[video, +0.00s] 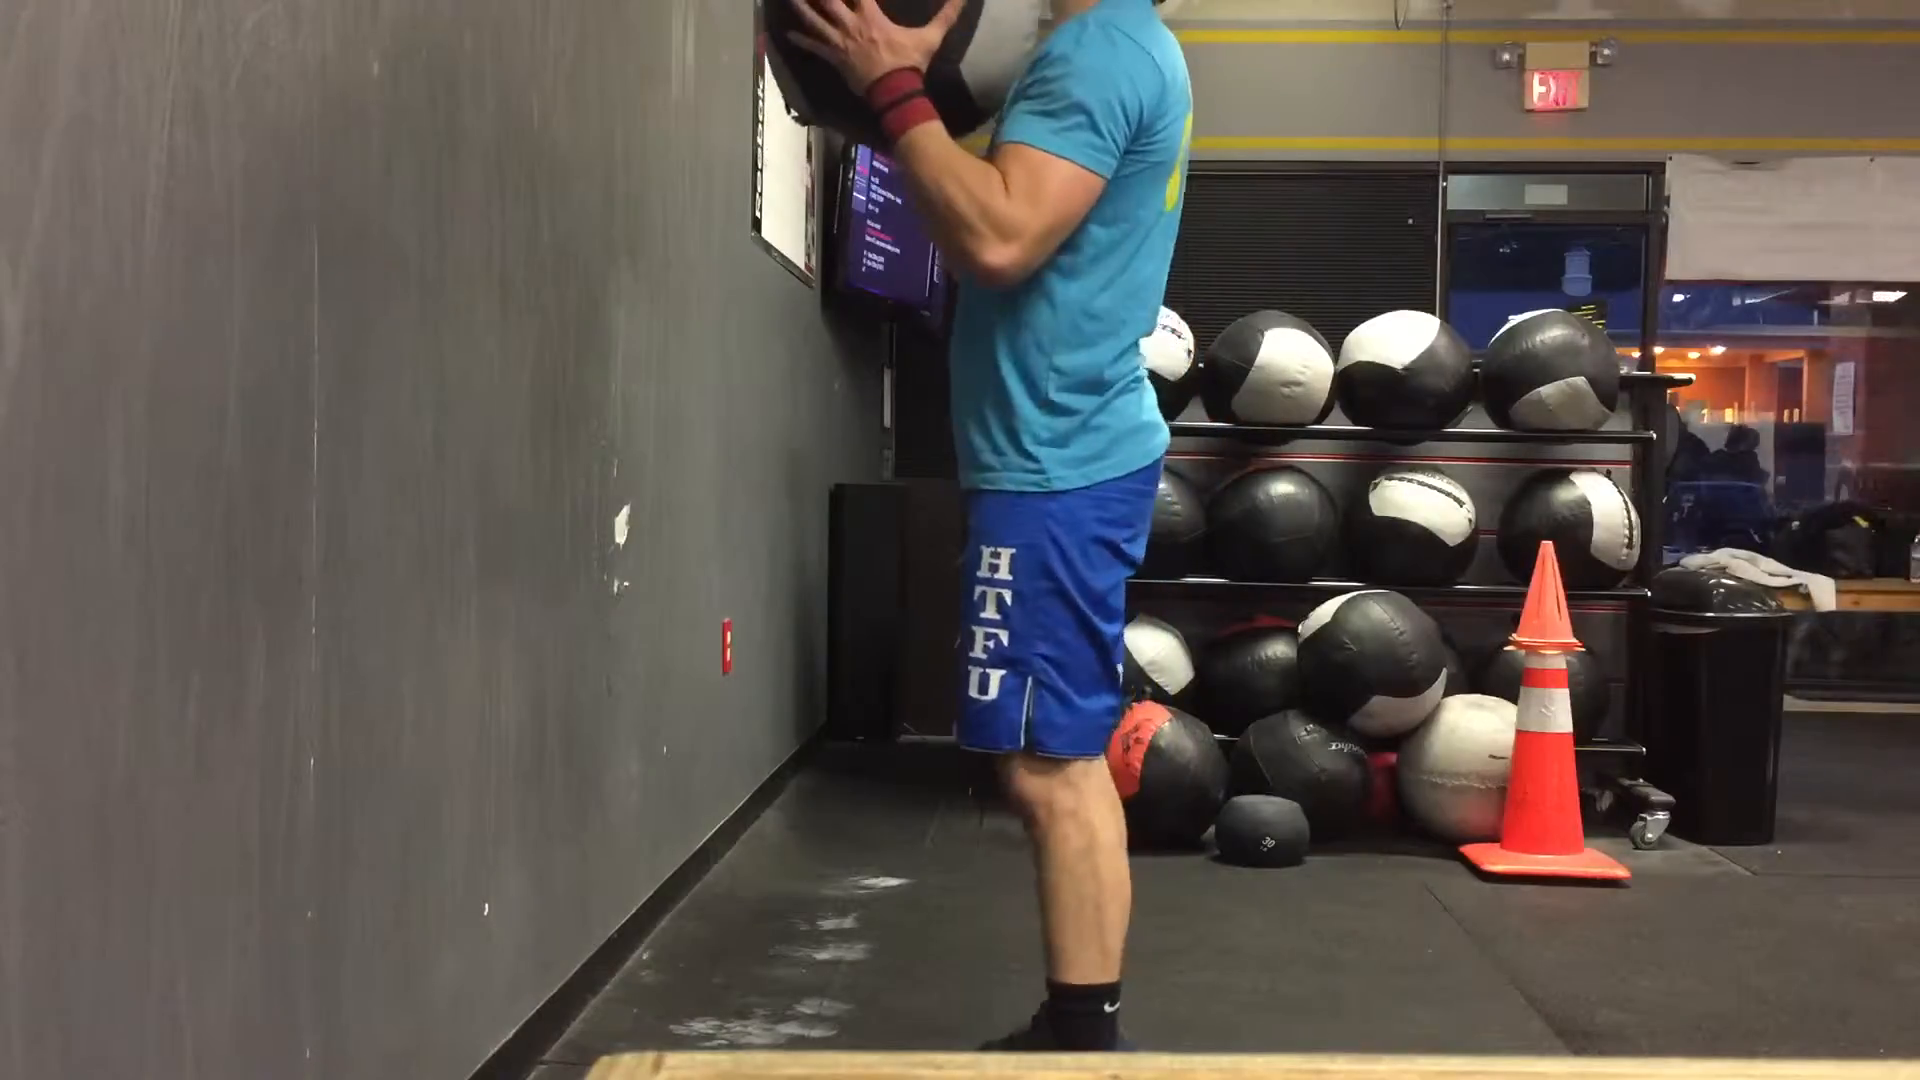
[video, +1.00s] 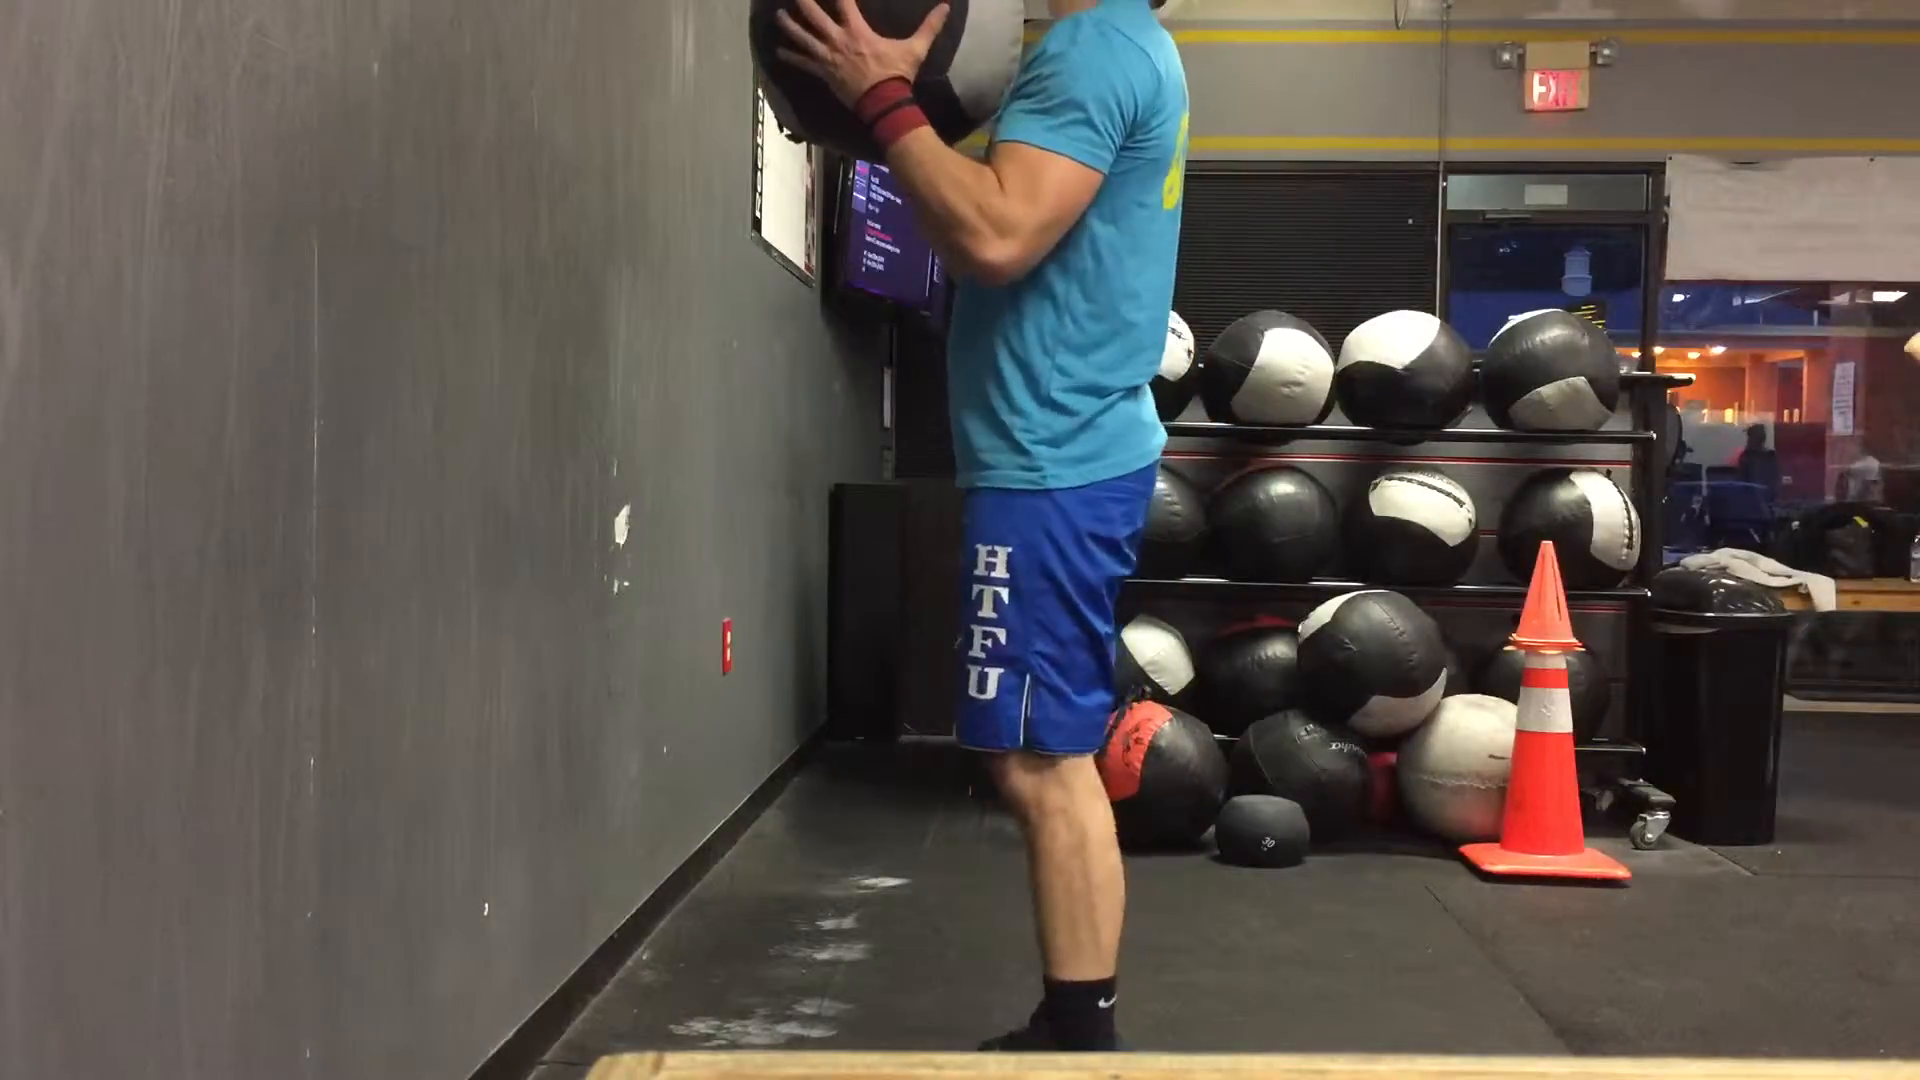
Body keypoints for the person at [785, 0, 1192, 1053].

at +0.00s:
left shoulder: (1106, 53)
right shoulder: (1098, 45)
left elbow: (998, 239)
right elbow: (994, 214)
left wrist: (898, 89)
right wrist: (896, 94)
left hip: (1059, 466)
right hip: (1056, 459)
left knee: (1050, 768)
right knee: (1060, 764)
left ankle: (1080, 1033)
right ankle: (1082, 1027)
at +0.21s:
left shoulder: (1113, 64)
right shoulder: (1103, 56)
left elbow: (1019, 250)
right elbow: (998, 242)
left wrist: (906, 109)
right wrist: (915, 121)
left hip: (1066, 460)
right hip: (1081, 453)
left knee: (958, 738)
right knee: (1062, 734)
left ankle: (1057, 1038)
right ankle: (1090, 1020)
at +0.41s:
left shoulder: (1110, 56)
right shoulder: (1121, 48)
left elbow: (1006, 239)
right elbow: (1004, 227)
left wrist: (895, 102)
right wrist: (913, 114)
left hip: (1053, 463)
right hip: (1085, 453)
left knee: (1007, 757)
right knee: (1062, 743)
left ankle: (1071, 1037)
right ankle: (1088, 1017)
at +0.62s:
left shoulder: (1111, 41)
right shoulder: (1087, 39)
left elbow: (992, 228)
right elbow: (992, 212)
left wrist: (881, 92)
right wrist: (894, 99)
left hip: (1068, 463)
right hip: (1028, 460)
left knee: (1067, 759)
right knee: (982, 733)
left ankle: (1091, 1039)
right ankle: (1064, 1003)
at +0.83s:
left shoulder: (1109, 44)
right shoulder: (1087, 41)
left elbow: (994, 231)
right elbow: (990, 211)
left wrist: (883, 97)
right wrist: (893, 106)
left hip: (1060, 465)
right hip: (1033, 461)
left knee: (1061, 763)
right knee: (1026, 760)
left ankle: (1087, 1035)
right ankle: (1074, 1017)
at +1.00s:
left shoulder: (1100, 53)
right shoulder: (1095, 46)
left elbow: (997, 236)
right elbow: (994, 216)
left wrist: (885, 100)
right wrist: (895, 108)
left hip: (1053, 467)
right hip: (1057, 459)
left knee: (1041, 764)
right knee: (1050, 761)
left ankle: (1077, 1031)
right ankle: (1081, 1025)